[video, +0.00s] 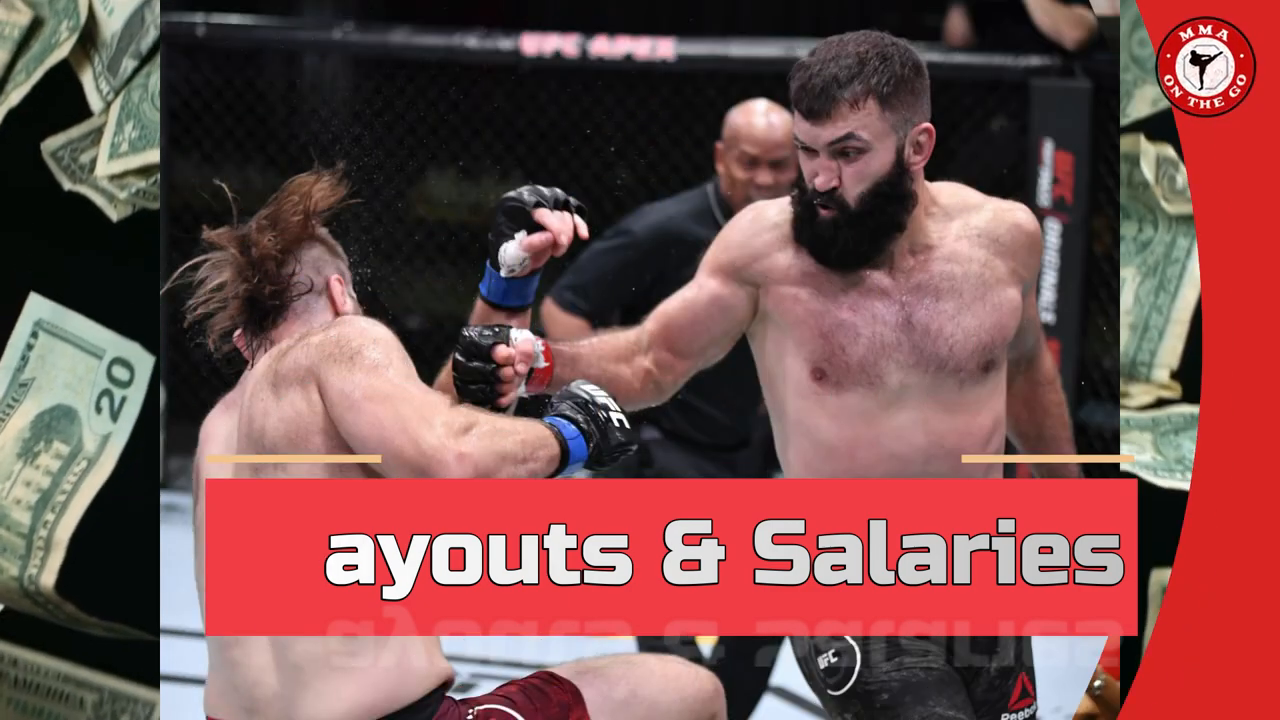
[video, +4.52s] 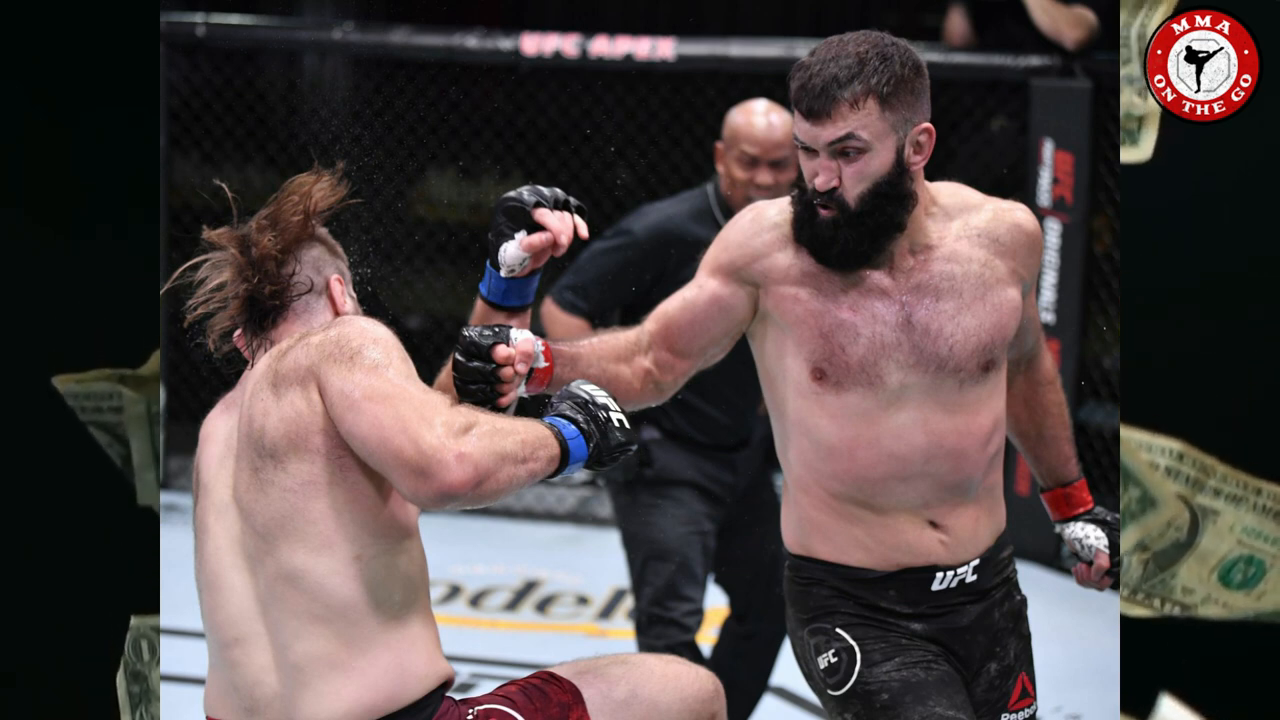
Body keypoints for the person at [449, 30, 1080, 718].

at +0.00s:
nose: (816, 178)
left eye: (846, 152)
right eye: (806, 152)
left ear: (918, 145)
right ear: (794, 140)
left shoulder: (1007, 234)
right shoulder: (761, 242)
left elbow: (1027, 371)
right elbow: (651, 361)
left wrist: (1069, 518)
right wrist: (537, 367)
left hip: (986, 588)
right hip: (845, 598)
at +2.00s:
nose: (818, 177)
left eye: (845, 151)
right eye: (805, 151)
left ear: (918, 143)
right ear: (790, 140)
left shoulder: (1006, 235)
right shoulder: (758, 243)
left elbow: (1028, 366)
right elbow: (650, 360)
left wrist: (1074, 506)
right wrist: (539, 368)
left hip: (982, 595)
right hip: (845, 607)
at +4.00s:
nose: (818, 177)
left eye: (845, 151)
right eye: (806, 151)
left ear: (918, 143)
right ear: (791, 140)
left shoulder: (1006, 235)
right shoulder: (758, 243)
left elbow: (1028, 366)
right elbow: (650, 359)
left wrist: (1075, 507)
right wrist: (538, 368)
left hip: (982, 594)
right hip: (845, 606)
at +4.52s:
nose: (818, 177)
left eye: (846, 151)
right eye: (806, 151)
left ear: (918, 143)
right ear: (791, 140)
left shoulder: (1006, 235)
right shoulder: (758, 243)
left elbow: (1028, 366)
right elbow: (650, 360)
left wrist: (1074, 506)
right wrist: (538, 368)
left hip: (982, 595)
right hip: (845, 607)